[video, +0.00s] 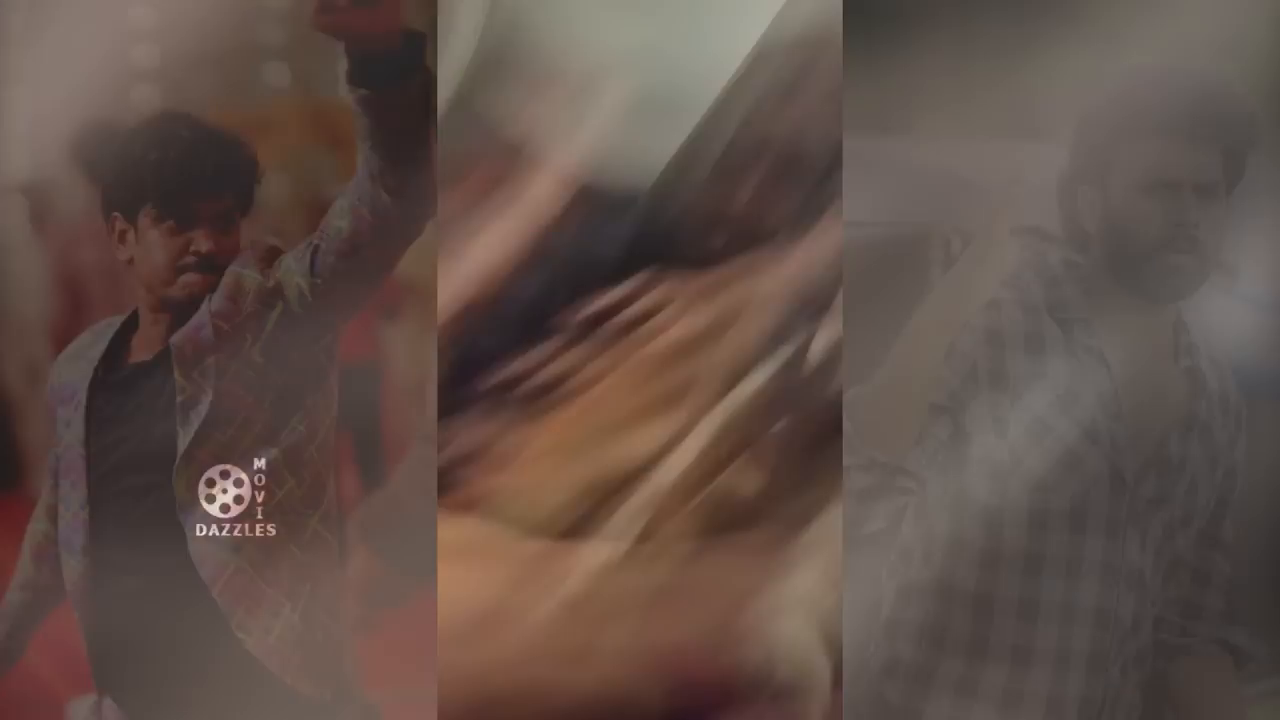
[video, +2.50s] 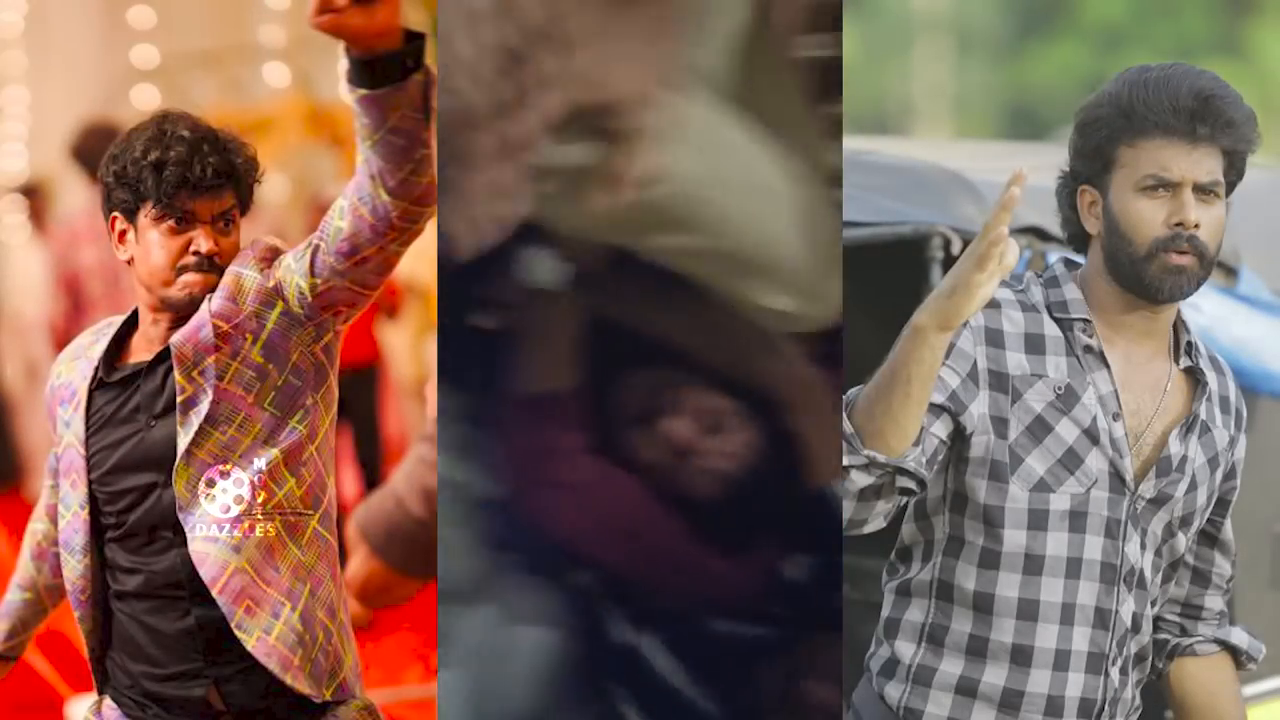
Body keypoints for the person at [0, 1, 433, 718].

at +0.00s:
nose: (205, 245)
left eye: (223, 223)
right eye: (178, 223)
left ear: (243, 231)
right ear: (122, 237)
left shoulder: (283, 317)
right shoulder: (78, 372)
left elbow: (392, 199)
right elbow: (52, 535)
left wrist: (380, 47)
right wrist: (4, 646)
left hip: (279, 696)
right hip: (134, 701)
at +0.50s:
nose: (205, 245)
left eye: (223, 223)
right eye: (178, 222)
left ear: (243, 230)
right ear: (122, 236)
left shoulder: (283, 315)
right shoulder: (76, 371)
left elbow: (393, 198)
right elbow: (56, 525)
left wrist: (380, 52)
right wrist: (7, 637)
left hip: (284, 698)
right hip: (136, 702)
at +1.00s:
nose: (205, 245)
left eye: (223, 223)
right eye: (178, 222)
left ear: (243, 230)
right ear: (122, 236)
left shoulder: (285, 313)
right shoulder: (75, 372)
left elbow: (393, 200)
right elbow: (55, 527)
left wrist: (381, 53)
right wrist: (7, 637)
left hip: (285, 702)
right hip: (138, 704)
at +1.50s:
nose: (206, 245)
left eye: (224, 222)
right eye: (179, 222)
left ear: (242, 230)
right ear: (122, 236)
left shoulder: (286, 313)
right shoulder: (75, 372)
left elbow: (393, 201)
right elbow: (56, 523)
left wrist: (380, 51)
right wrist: (8, 634)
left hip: (290, 700)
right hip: (140, 704)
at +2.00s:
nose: (206, 245)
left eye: (223, 222)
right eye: (179, 222)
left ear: (243, 230)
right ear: (122, 236)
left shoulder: (287, 312)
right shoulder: (76, 373)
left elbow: (394, 199)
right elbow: (56, 524)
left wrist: (380, 52)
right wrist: (7, 634)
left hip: (290, 700)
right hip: (140, 705)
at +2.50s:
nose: (206, 245)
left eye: (224, 222)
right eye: (179, 222)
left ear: (243, 230)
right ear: (122, 237)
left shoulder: (287, 312)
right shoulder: (76, 373)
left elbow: (393, 201)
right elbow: (56, 524)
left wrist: (380, 53)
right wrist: (8, 633)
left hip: (291, 700)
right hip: (140, 705)